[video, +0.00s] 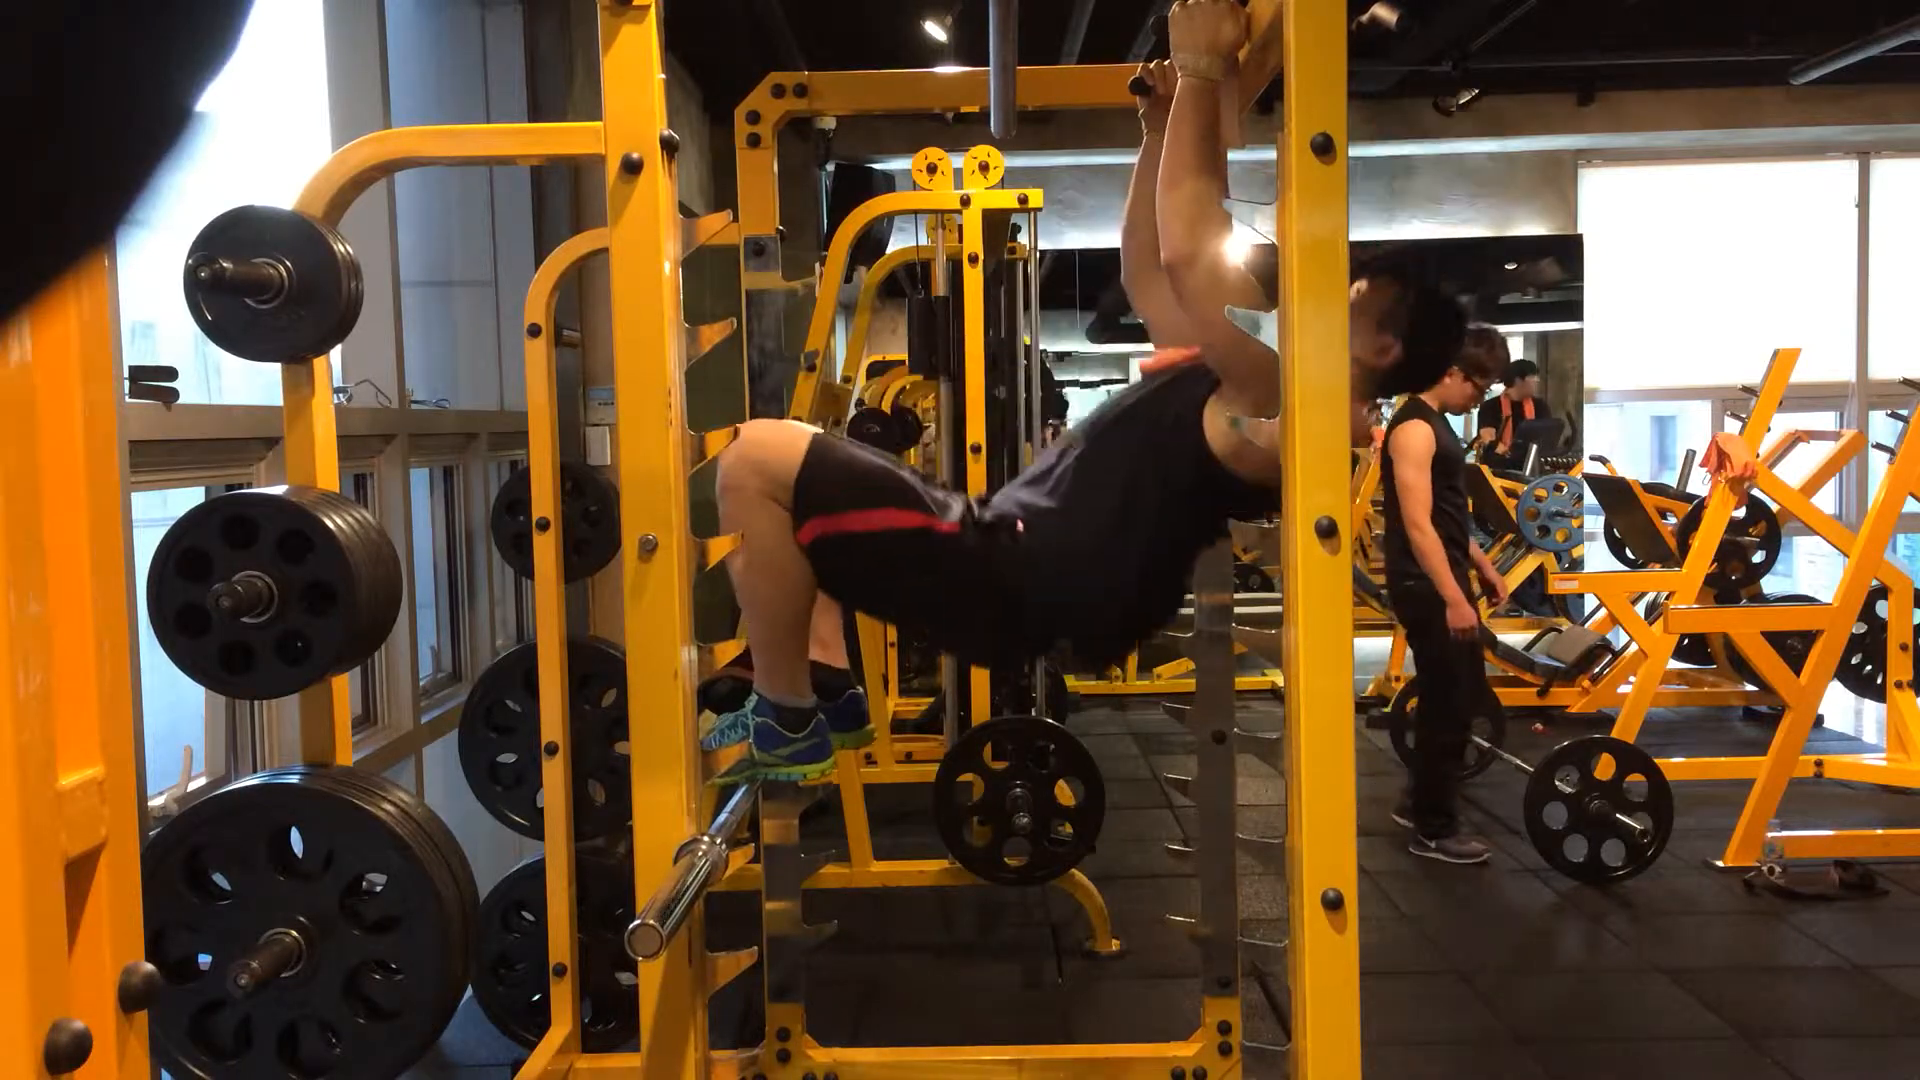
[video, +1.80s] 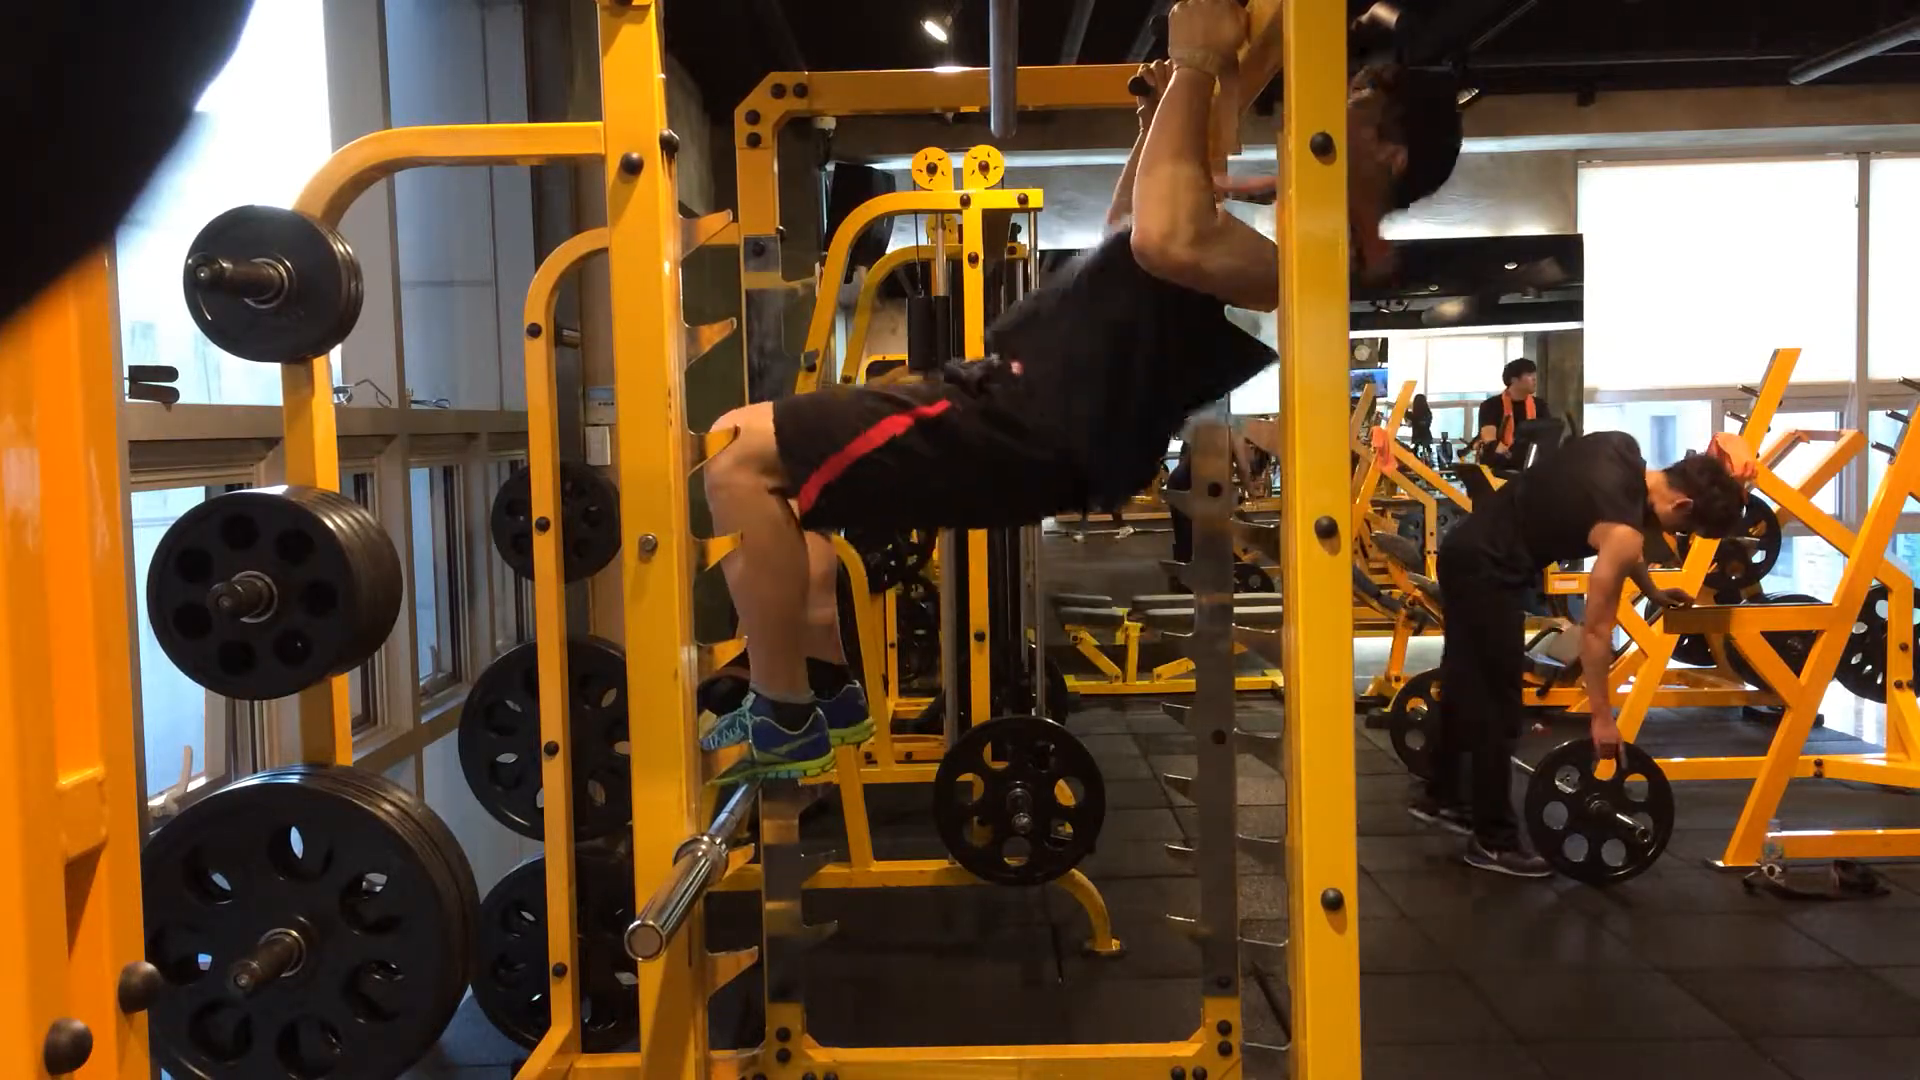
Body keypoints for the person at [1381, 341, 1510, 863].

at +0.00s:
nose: (1478, 400)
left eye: (1483, 391)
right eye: (1477, 388)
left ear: (1454, 376)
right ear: (1452, 374)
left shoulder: (1434, 425)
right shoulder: (1414, 429)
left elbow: (1446, 514)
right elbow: (1416, 524)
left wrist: (1483, 566)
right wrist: (1453, 598)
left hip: (1441, 581)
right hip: (1425, 586)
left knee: (1456, 693)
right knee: (1448, 699)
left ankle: (1421, 799)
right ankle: (1434, 828)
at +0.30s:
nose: (1502, 407)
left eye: (1508, 399)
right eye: (1504, 396)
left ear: (1481, 379)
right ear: (1482, 377)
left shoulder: (1456, 424)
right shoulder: (1440, 429)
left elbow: (1458, 521)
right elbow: (1439, 530)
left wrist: (1486, 575)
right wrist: (1474, 603)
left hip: (1456, 581)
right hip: (1434, 584)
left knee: (1488, 695)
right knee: (1453, 700)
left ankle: (1478, 818)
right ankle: (1436, 828)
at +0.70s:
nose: (1561, 410)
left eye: (1567, 401)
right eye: (1564, 398)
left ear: (1536, 376)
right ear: (1545, 379)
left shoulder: (1489, 418)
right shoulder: (1493, 428)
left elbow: (1484, 524)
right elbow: (1490, 528)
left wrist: (1512, 590)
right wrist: (1525, 599)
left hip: (1475, 582)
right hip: (1473, 585)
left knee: (1505, 704)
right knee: (1488, 703)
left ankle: (1515, 827)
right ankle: (1437, 827)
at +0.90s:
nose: (1583, 415)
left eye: (1589, 407)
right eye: (1588, 405)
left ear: (1566, 381)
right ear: (1572, 385)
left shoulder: (1513, 420)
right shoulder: (1514, 434)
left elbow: (1517, 524)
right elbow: (1512, 538)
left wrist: (1563, 569)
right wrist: (1554, 608)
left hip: (1493, 578)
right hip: (1486, 583)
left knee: (1522, 702)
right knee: (1516, 703)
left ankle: (1498, 821)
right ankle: (1472, 820)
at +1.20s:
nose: (1626, 452)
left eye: (1634, 446)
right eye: (1632, 441)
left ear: (1615, 415)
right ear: (1617, 419)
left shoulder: (1565, 443)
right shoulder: (1552, 455)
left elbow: (1586, 520)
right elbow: (1539, 560)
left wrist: (1631, 568)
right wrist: (1567, 632)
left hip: (1495, 574)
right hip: (1478, 577)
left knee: (1509, 701)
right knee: (1503, 704)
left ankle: (1504, 824)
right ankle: (1494, 838)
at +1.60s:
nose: (1662, 517)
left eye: (1671, 515)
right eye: (1670, 511)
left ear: (1661, 469)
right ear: (1664, 484)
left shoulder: (1606, 446)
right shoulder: (1606, 516)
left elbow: (1616, 539)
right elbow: (1585, 618)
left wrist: (1652, 590)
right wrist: (1594, 697)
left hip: (1471, 551)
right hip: (1483, 570)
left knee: (1501, 700)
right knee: (1501, 705)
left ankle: (1495, 824)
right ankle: (1493, 838)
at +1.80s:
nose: (1680, 532)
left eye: (1690, 528)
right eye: (1687, 524)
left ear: (1677, 476)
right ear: (1682, 503)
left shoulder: (1618, 446)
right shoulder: (1624, 530)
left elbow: (1622, 540)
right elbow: (1595, 632)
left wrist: (1653, 591)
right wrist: (1602, 716)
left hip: (1465, 547)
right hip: (1489, 572)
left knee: (1462, 687)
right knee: (1498, 707)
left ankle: (1440, 795)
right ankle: (1493, 839)